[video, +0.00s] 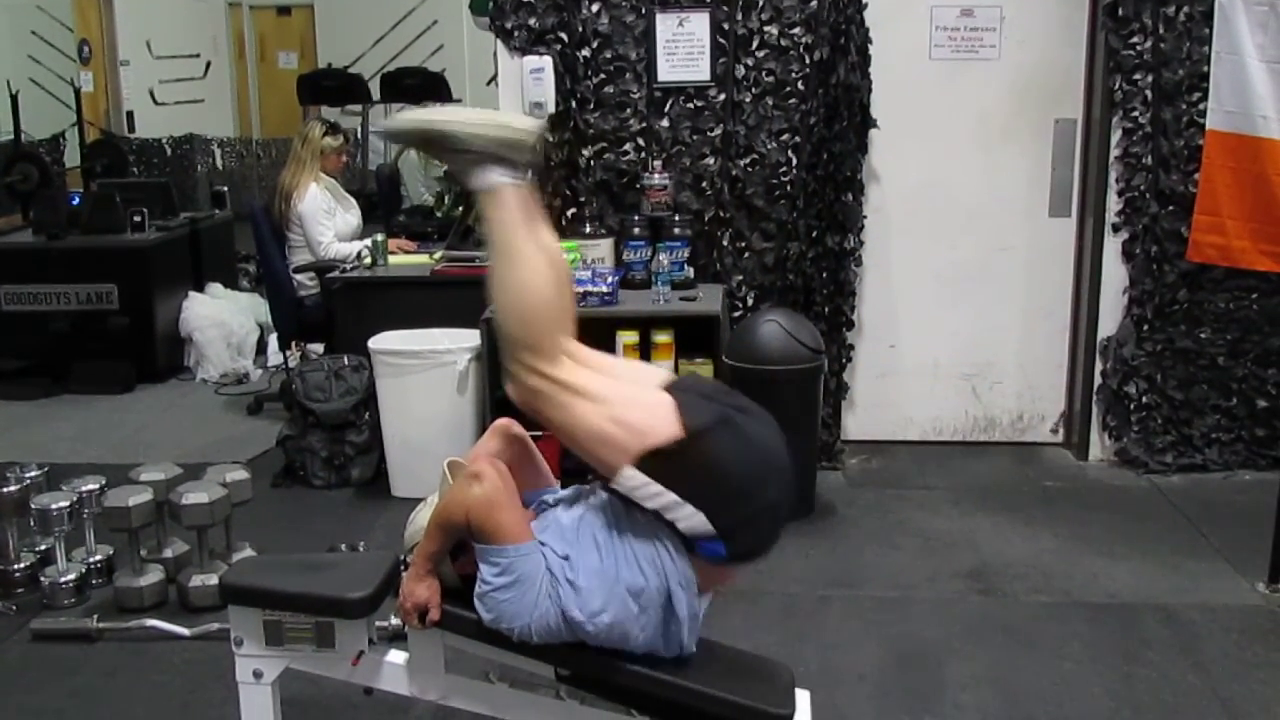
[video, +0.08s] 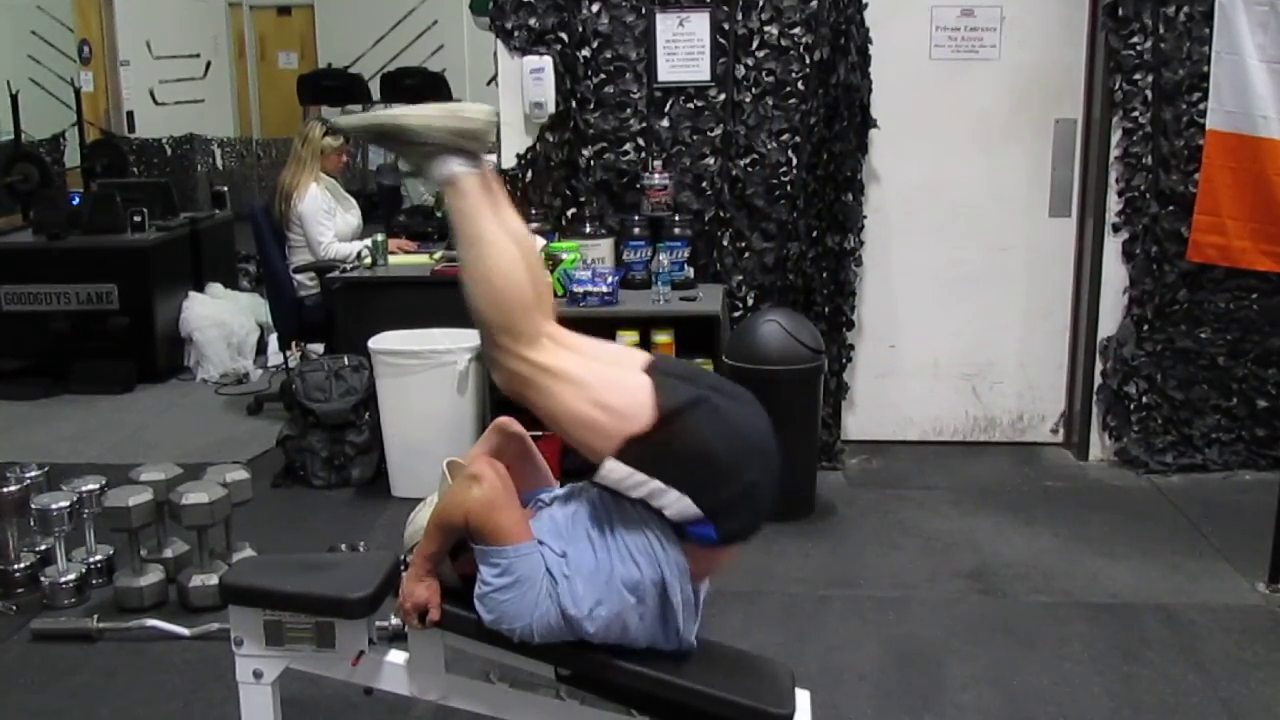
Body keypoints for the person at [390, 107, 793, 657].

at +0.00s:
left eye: (459, 545)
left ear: (471, 553)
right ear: (469, 562)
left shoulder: (548, 524)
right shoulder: (519, 599)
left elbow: (505, 436)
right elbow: (477, 481)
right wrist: (423, 567)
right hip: (734, 492)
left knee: (552, 360)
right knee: (537, 377)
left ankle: (512, 178)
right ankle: (498, 174)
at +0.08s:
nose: (463, 556)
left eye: (458, 554)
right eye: (457, 556)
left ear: (471, 557)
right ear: (467, 568)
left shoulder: (548, 526)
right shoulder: (519, 597)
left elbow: (506, 434)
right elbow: (477, 481)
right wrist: (422, 565)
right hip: (724, 479)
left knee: (539, 337)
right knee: (518, 355)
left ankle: (475, 163)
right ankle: (453, 166)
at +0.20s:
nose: (465, 552)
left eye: (452, 548)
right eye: (454, 551)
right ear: (461, 564)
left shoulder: (550, 536)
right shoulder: (520, 598)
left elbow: (509, 432)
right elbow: (480, 480)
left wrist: (438, 539)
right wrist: (424, 564)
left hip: (718, 431)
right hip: (703, 460)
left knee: (523, 314)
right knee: (506, 335)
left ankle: (437, 150)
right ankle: (413, 157)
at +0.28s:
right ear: (473, 565)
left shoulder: (543, 530)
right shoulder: (521, 599)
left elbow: (509, 430)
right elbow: (477, 481)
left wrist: (431, 547)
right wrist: (425, 565)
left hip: (708, 425)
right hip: (697, 450)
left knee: (517, 301)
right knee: (500, 321)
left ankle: (423, 135)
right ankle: (393, 145)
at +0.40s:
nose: (459, 489)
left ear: (463, 550)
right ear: (465, 557)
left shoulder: (546, 537)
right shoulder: (520, 601)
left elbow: (509, 429)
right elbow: (478, 481)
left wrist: (454, 517)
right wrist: (423, 567)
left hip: (692, 417)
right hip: (678, 444)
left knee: (508, 283)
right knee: (490, 300)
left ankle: (409, 114)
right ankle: (381, 118)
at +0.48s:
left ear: (460, 552)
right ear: (467, 570)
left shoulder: (542, 542)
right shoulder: (520, 601)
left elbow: (506, 428)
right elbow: (476, 487)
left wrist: (453, 519)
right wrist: (423, 566)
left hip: (685, 414)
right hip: (678, 438)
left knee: (505, 271)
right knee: (491, 286)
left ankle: (407, 104)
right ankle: (383, 106)